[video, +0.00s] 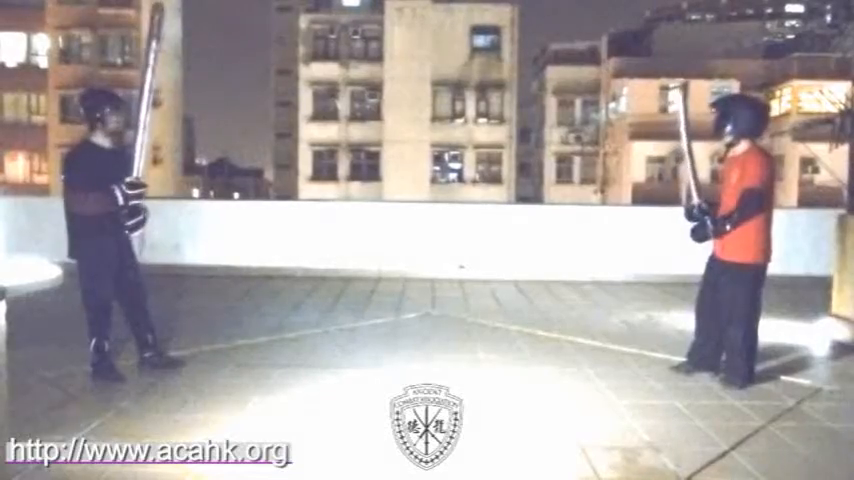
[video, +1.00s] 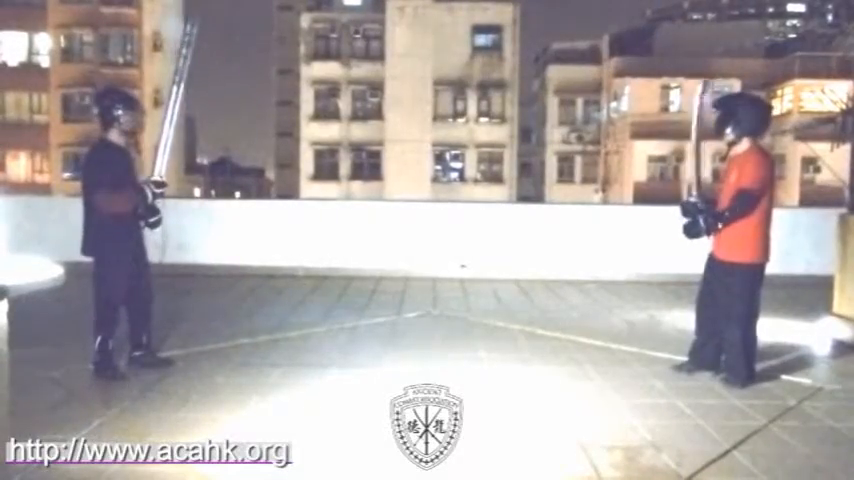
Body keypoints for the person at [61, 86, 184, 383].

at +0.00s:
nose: (121, 118)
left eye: (121, 111)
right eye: (114, 112)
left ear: (115, 115)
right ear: (99, 117)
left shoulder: (120, 155)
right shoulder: (79, 157)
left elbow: (125, 192)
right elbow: (78, 203)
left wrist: (137, 212)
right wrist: (117, 196)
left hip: (118, 235)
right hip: (90, 239)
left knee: (132, 291)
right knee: (98, 297)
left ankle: (149, 350)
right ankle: (99, 357)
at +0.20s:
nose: (121, 119)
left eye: (121, 112)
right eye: (116, 112)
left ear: (105, 117)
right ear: (100, 116)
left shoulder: (117, 156)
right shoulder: (79, 157)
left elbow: (123, 193)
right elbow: (81, 203)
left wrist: (136, 210)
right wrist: (119, 197)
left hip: (117, 236)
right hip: (91, 240)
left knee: (132, 290)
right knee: (99, 297)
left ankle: (148, 349)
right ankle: (100, 356)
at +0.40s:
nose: (124, 120)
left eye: (123, 114)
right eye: (118, 114)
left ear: (114, 115)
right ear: (101, 117)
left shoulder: (117, 154)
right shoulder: (83, 156)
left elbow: (119, 193)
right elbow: (82, 201)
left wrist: (135, 199)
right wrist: (123, 198)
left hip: (118, 234)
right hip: (92, 238)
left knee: (132, 288)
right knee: (100, 295)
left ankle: (140, 348)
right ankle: (100, 356)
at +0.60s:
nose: (129, 120)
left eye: (128, 114)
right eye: (123, 114)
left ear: (114, 116)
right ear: (108, 117)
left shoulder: (121, 152)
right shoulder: (89, 155)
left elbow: (119, 194)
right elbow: (93, 203)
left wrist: (140, 196)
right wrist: (134, 201)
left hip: (122, 234)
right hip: (97, 237)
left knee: (133, 290)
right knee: (102, 295)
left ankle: (140, 349)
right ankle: (101, 355)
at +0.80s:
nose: (134, 121)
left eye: (133, 115)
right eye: (128, 115)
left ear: (115, 118)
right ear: (114, 117)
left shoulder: (121, 155)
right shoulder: (99, 157)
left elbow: (119, 196)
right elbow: (101, 202)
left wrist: (142, 198)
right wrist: (139, 200)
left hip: (125, 236)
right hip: (105, 239)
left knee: (137, 292)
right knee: (107, 296)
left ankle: (141, 348)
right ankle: (102, 355)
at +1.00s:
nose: (136, 120)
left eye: (136, 115)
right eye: (130, 114)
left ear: (121, 117)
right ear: (115, 116)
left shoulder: (123, 154)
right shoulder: (101, 156)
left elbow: (123, 193)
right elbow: (104, 201)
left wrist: (145, 194)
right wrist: (141, 196)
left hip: (129, 237)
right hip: (108, 240)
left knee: (139, 291)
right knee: (109, 296)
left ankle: (141, 348)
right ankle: (102, 354)